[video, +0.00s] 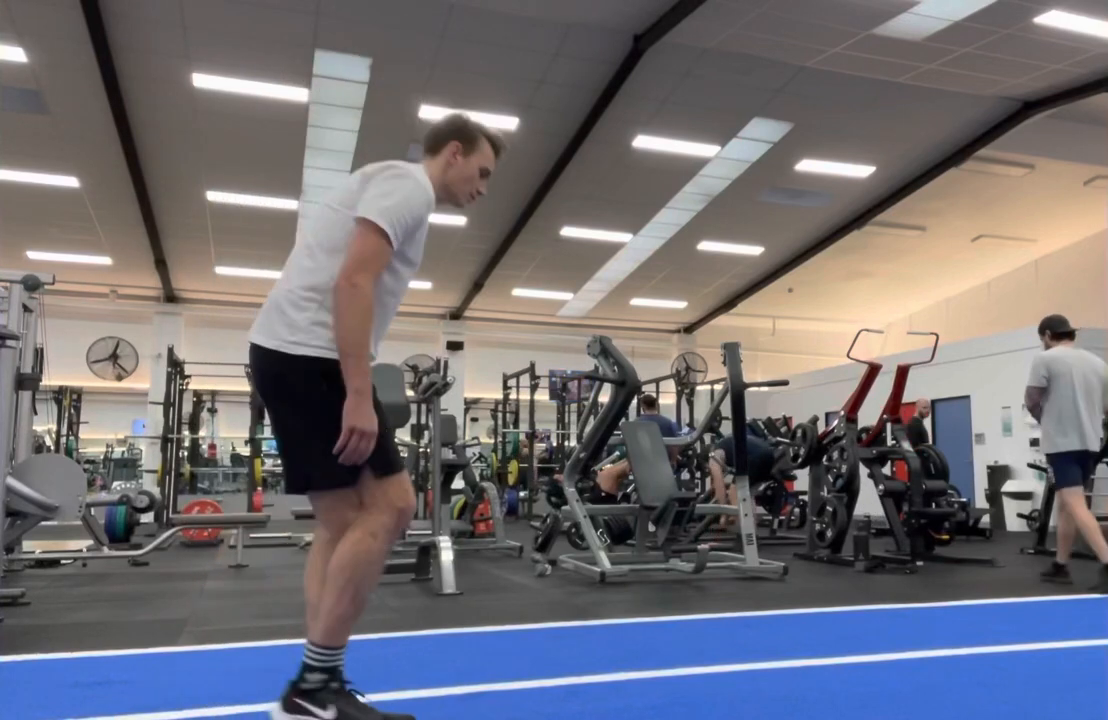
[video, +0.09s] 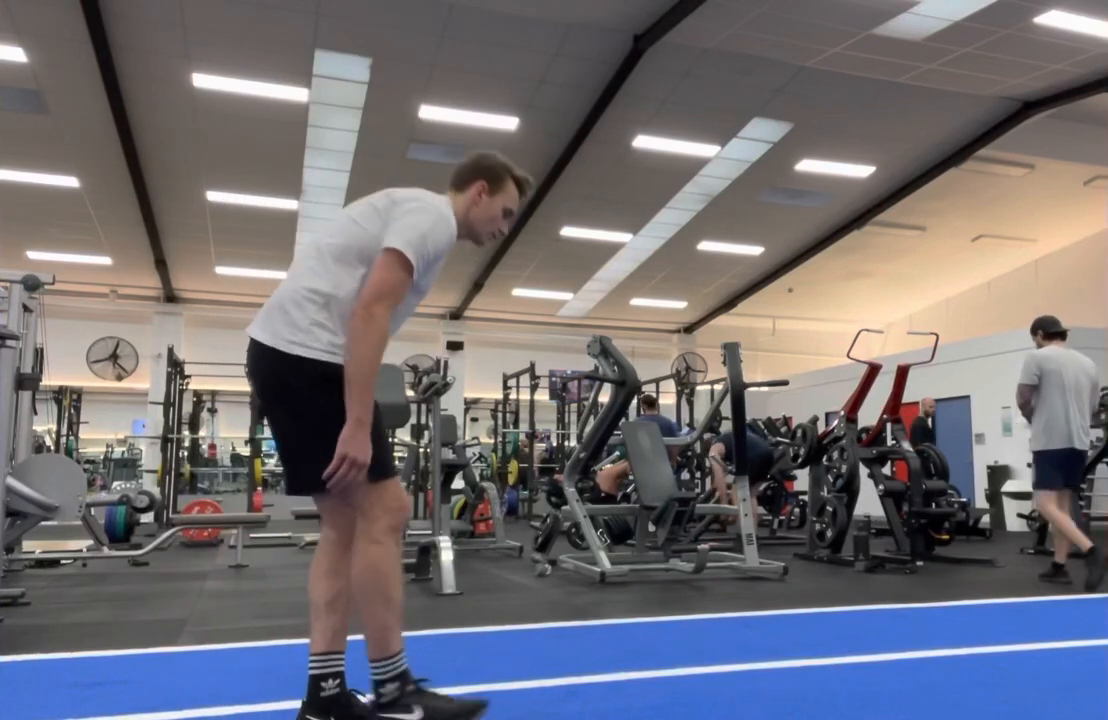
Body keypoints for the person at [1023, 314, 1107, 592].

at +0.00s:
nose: (1041, 343)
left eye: (1041, 339)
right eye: (1041, 339)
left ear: (1047, 336)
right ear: (1072, 335)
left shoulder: (1045, 359)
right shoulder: (1096, 362)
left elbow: (1031, 400)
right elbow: (1103, 401)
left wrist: (1048, 421)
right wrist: (1090, 420)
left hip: (1061, 441)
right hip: (1093, 441)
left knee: (1077, 506)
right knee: (1066, 505)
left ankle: (1105, 562)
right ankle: (1060, 565)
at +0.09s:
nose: (1033, 343)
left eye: (1033, 339)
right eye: (1033, 339)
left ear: (1039, 336)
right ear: (1063, 336)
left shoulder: (1036, 357)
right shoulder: (1087, 363)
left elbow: (1023, 399)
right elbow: (1094, 407)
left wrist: (1036, 420)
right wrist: (1076, 422)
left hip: (1049, 440)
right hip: (1079, 441)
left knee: (1045, 503)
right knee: (1064, 503)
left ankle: (1089, 549)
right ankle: (1058, 565)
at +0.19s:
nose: (1024, 343)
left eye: (1024, 339)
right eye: (1023, 339)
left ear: (1030, 336)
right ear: (1053, 335)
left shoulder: (1028, 358)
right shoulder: (1077, 362)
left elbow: (1014, 398)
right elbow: (1083, 408)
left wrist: (1024, 420)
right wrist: (1061, 416)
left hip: (1039, 441)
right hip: (1070, 442)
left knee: (1023, 498)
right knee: (1058, 498)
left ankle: (1064, 543)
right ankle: (1059, 562)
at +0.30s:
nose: (1014, 346)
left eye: (1014, 342)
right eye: (1013, 342)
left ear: (1019, 338)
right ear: (1042, 337)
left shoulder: (1020, 358)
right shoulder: (1067, 363)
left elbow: (1007, 398)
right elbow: (1072, 401)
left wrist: (1006, 417)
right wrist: (1056, 421)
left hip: (1031, 440)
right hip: (1063, 441)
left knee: (1009, 494)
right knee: (1055, 500)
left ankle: (1038, 550)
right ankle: (1058, 564)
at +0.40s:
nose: (1003, 350)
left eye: (1003, 346)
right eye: (1002, 347)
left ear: (1009, 342)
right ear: (1030, 340)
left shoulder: (1011, 363)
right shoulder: (1056, 365)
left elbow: (1000, 402)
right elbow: (1062, 403)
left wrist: (995, 424)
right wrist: (1048, 425)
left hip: (1023, 443)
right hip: (1055, 443)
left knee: (1004, 496)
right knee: (1052, 502)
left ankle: (1010, 560)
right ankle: (1058, 565)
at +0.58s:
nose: (977, 362)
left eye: (976, 358)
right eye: (975, 358)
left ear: (982, 352)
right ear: (1002, 350)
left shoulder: (986, 374)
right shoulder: (1031, 372)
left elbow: (980, 416)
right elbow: (1041, 408)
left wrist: (976, 440)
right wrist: (1029, 434)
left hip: (1006, 448)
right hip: (1039, 445)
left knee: (997, 504)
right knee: (1035, 504)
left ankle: (990, 560)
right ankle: (1056, 561)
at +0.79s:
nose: (954, 374)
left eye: (953, 369)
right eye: (953, 370)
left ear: (958, 362)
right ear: (976, 358)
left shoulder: (964, 382)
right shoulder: (1005, 373)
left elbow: (961, 428)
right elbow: (1018, 408)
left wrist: (961, 453)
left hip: (994, 446)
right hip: (1021, 442)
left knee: (983, 498)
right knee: (1007, 496)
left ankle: (989, 559)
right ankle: (1031, 539)